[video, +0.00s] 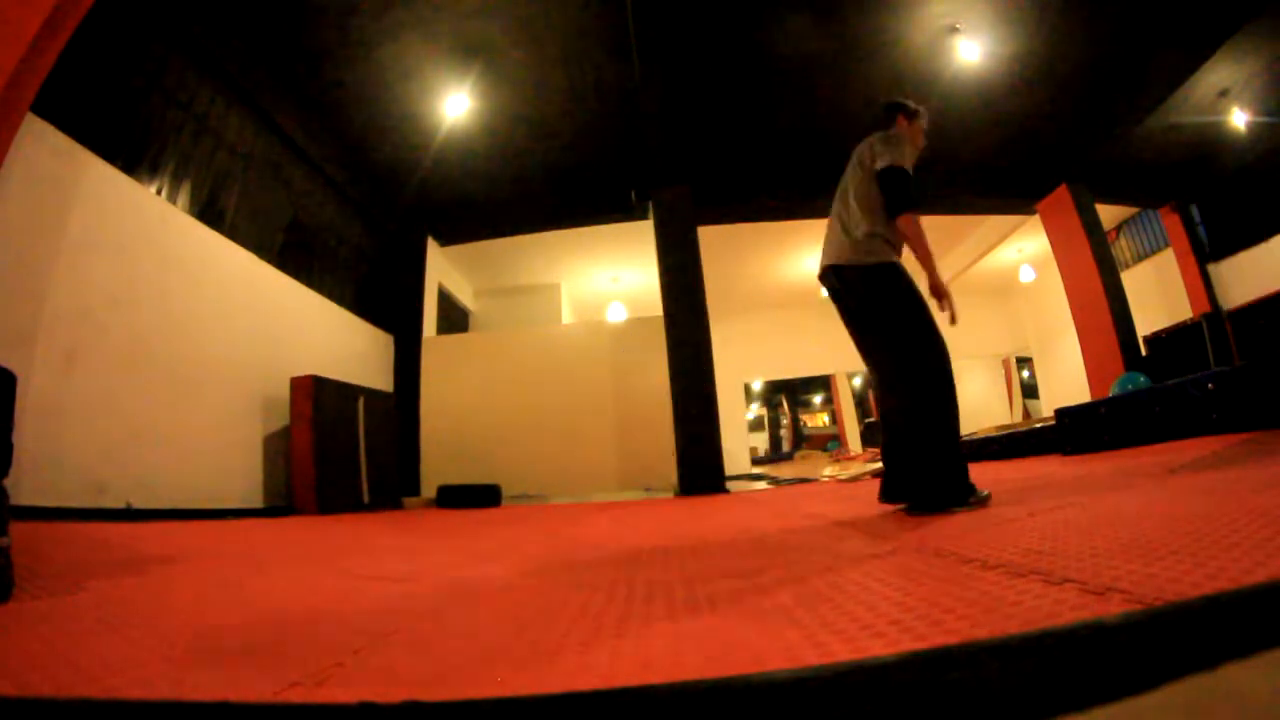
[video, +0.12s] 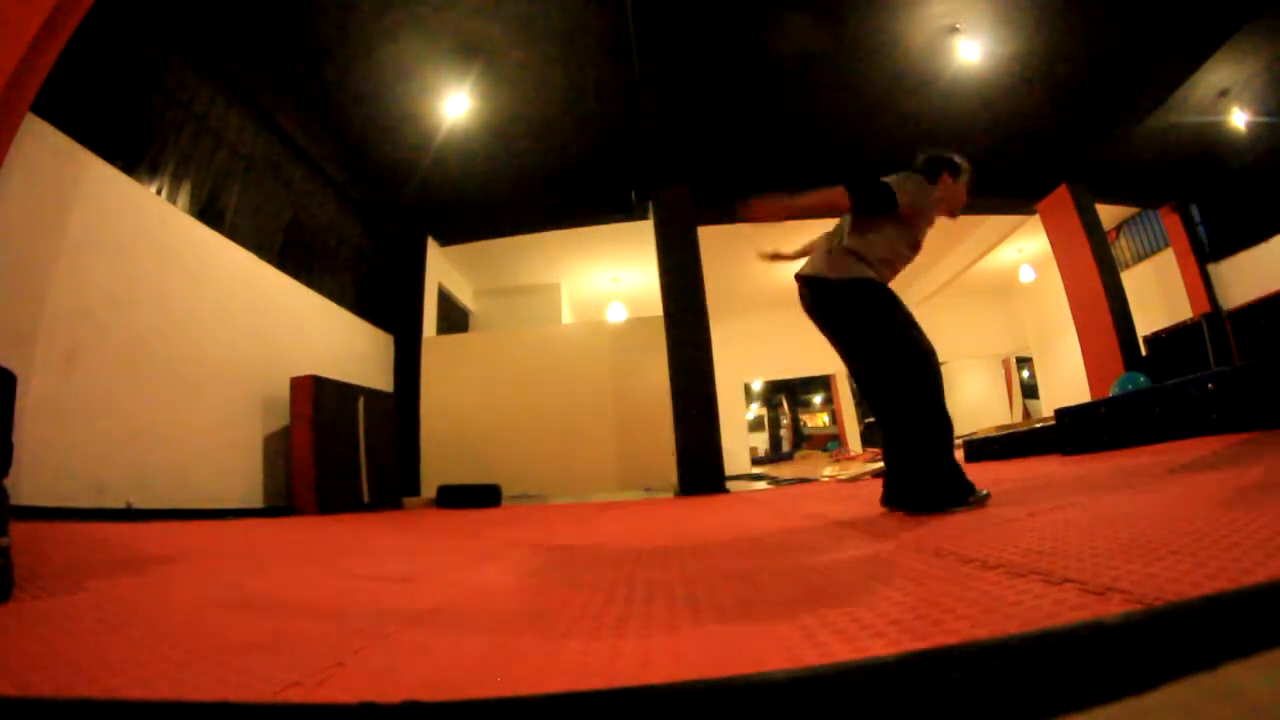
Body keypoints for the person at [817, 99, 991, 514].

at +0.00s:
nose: (922, 139)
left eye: (923, 132)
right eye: (919, 129)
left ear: (892, 122)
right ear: (903, 121)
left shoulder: (868, 152)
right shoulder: (890, 143)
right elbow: (901, 210)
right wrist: (933, 276)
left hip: (844, 270)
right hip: (870, 266)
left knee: (893, 374)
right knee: (928, 365)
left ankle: (902, 480)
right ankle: (943, 484)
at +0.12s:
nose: (964, 200)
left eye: (966, 191)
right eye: (964, 188)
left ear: (942, 184)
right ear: (945, 180)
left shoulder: (911, 208)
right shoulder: (913, 189)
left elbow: (840, 234)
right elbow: (845, 199)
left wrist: (794, 253)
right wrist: (784, 206)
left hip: (831, 284)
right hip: (844, 283)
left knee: (890, 379)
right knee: (917, 368)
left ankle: (906, 486)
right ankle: (939, 485)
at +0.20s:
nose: (975, 250)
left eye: (977, 240)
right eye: (974, 238)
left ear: (951, 231)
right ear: (957, 230)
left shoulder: (905, 247)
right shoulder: (918, 224)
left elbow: (849, 226)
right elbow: (850, 184)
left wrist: (812, 208)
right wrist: (794, 146)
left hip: (822, 316)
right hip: (842, 310)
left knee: (890, 393)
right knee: (928, 361)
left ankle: (903, 486)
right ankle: (935, 484)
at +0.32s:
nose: (977, 278)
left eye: (977, 268)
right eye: (974, 267)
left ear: (952, 265)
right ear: (954, 262)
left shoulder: (909, 282)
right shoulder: (918, 262)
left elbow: (842, 272)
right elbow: (847, 236)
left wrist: (793, 262)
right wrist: (789, 206)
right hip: (833, 357)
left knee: (905, 398)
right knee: (939, 364)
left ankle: (905, 488)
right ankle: (943, 488)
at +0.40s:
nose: (952, 253)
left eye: (951, 244)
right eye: (948, 243)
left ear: (925, 243)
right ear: (932, 241)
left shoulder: (907, 275)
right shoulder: (900, 266)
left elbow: (838, 320)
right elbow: (835, 319)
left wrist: (794, 363)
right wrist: (796, 367)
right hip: (843, 377)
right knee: (950, 372)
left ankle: (908, 488)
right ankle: (940, 490)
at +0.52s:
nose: (833, 201)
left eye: (825, 197)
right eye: (823, 198)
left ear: (807, 223)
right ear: (814, 211)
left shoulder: (821, 258)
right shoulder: (839, 240)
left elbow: (891, 298)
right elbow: (903, 256)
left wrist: (939, 278)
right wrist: (963, 253)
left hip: (847, 388)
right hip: (868, 374)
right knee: (960, 376)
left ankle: (910, 485)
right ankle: (944, 487)